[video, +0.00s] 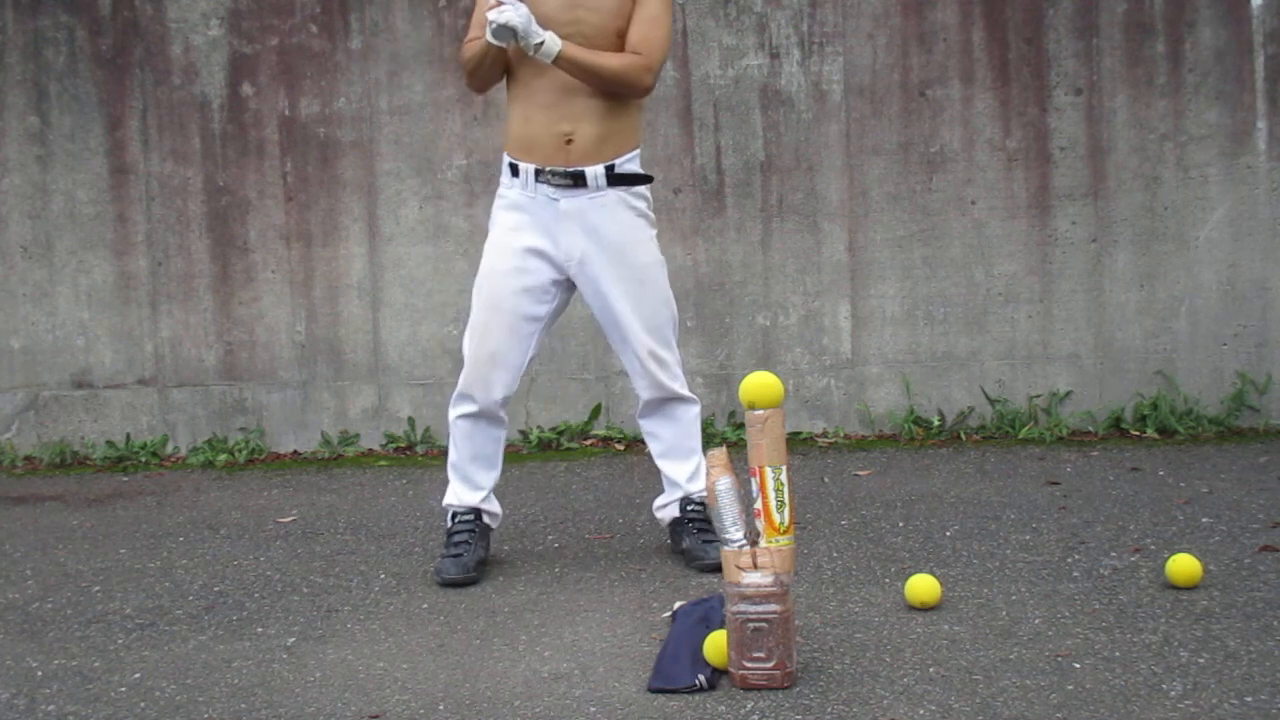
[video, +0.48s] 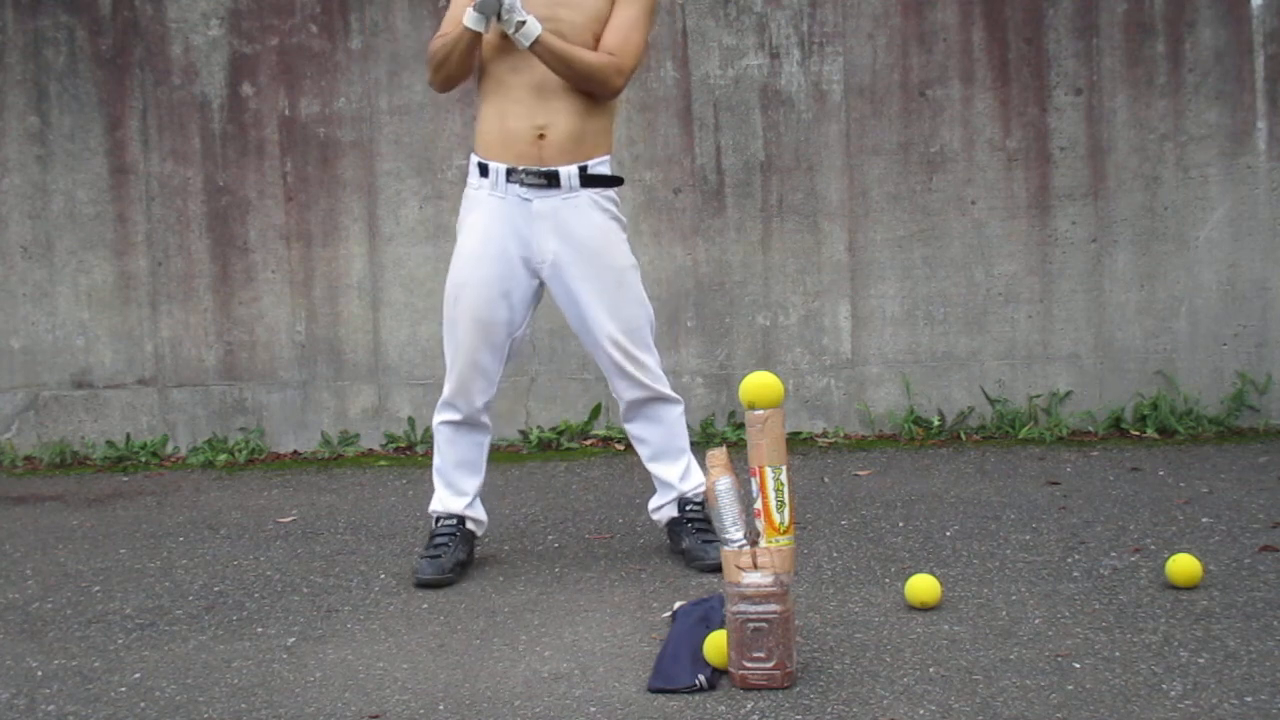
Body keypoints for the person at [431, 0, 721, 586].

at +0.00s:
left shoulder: (650, 1)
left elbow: (639, 76)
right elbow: (476, 77)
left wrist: (543, 41)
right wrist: (500, 38)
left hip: (614, 200)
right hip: (523, 200)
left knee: (657, 365)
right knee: (484, 371)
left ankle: (688, 507)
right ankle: (468, 516)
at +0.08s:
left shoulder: (660, 2)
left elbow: (648, 75)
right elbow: (480, 72)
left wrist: (556, 42)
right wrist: (507, 31)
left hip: (620, 199)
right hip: (528, 197)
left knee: (660, 367)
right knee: (484, 373)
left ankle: (688, 508)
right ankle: (467, 512)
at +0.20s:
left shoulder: (661, 2)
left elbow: (646, 77)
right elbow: (475, 69)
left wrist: (561, 39)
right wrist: (509, 25)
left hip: (619, 198)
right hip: (528, 196)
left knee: (660, 371)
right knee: (486, 375)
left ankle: (688, 509)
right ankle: (458, 515)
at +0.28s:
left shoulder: (655, 2)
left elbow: (637, 80)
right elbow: (467, 72)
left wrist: (554, 38)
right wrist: (501, 22)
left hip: (611, 200)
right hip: (519, 200)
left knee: (655, 371)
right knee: (484, 376)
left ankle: (688, 508)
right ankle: (456, 517)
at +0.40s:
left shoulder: (639, 1)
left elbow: (617, 79)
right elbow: (449, 74)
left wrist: (533, 30)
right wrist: (485, 19)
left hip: (592, 198)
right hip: (501, 197)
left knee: (641, 365)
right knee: (470, 374)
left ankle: (686, 507)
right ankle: (453, 518)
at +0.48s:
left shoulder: (630, 1)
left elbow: (609, 78)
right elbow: (440, 76)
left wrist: (527, 29)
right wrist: (476, 21)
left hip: (584, 198)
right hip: (493, 197)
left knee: (636, 367)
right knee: (466, 377)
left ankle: (685, 506)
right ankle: (453, 518)